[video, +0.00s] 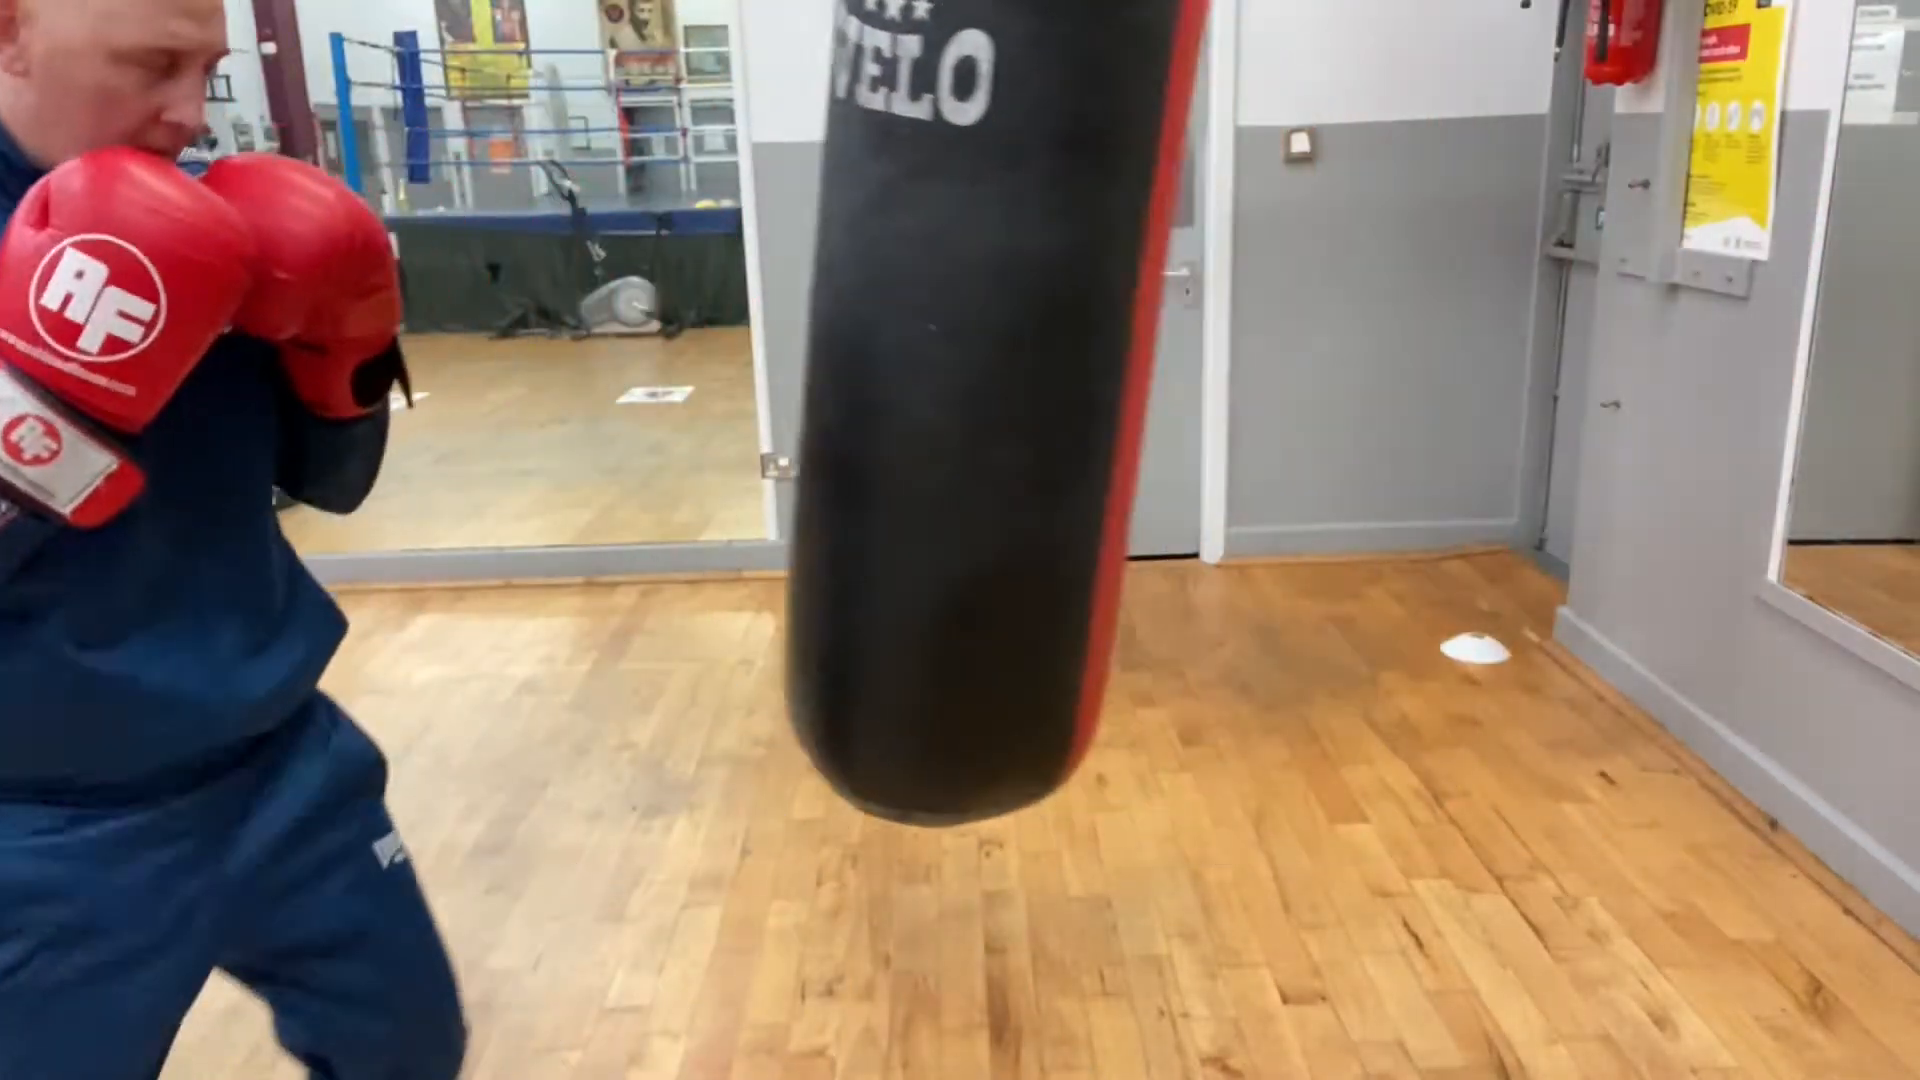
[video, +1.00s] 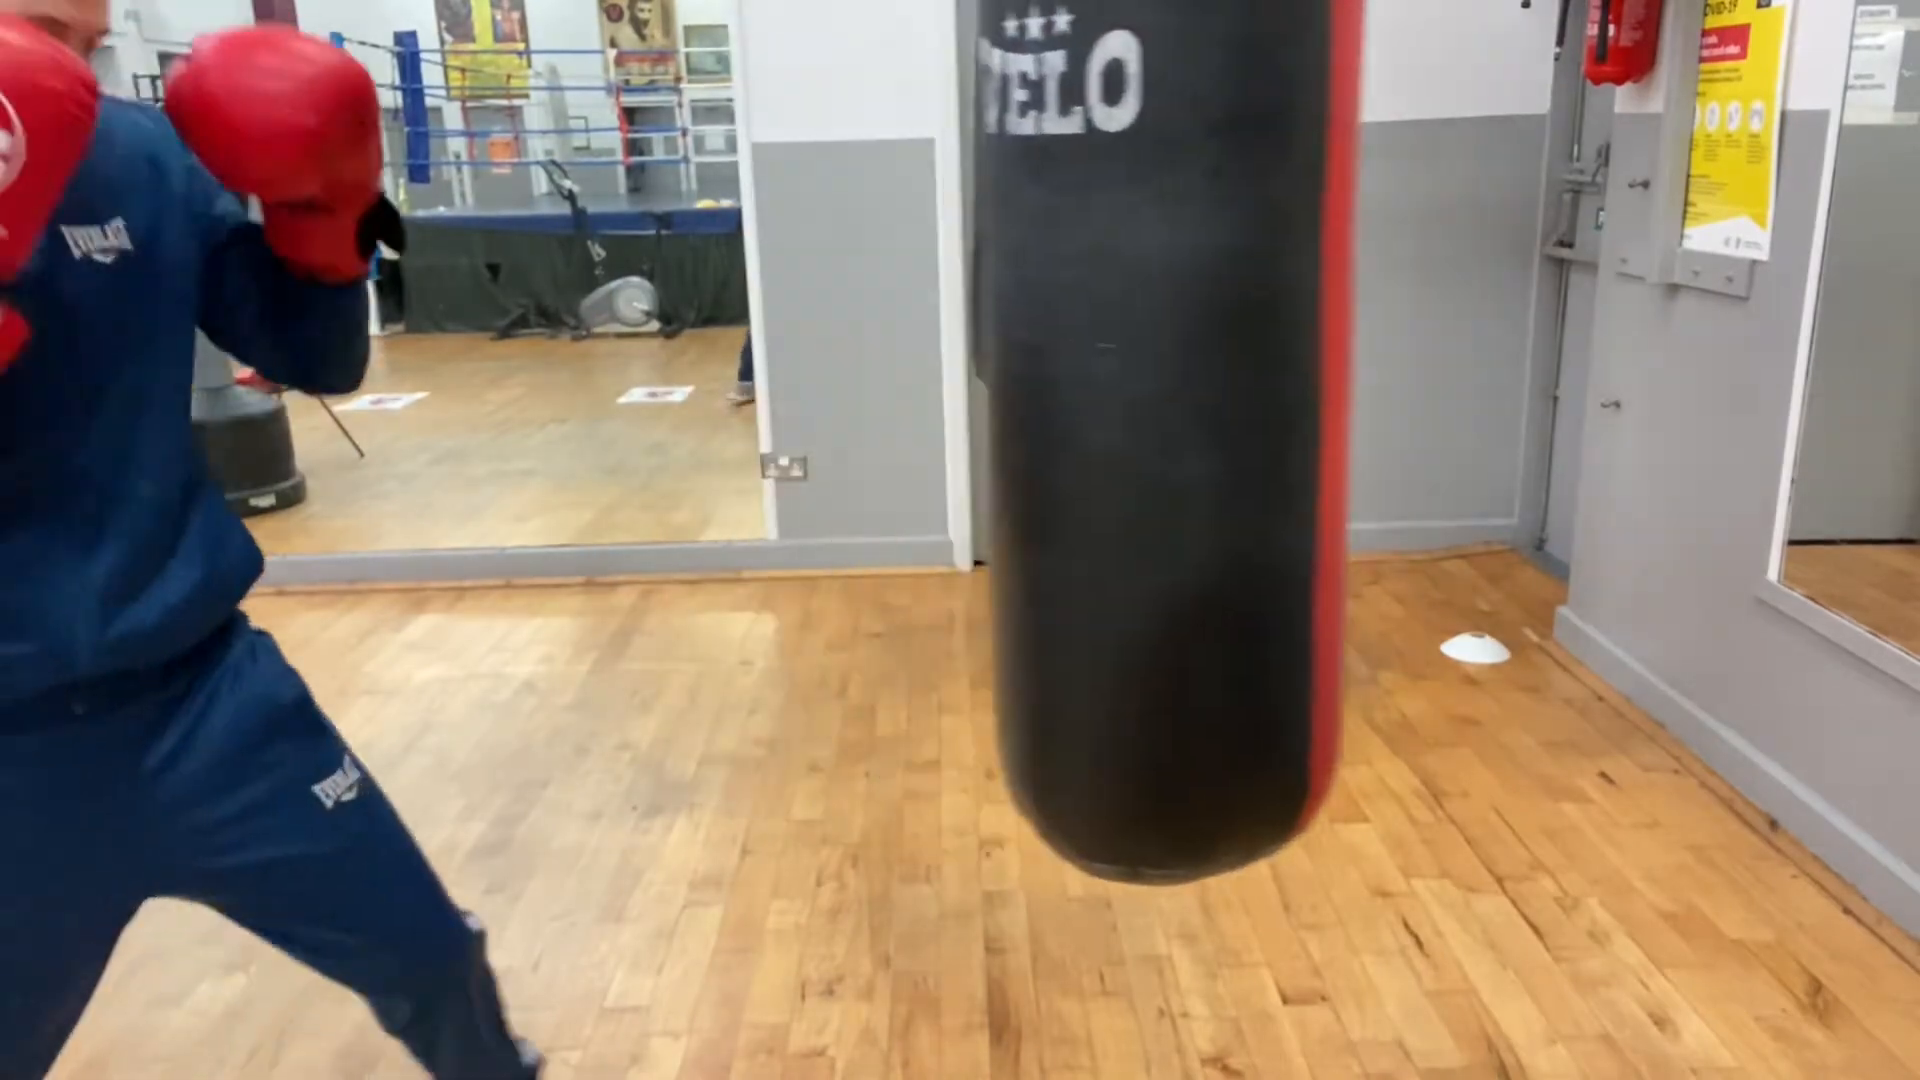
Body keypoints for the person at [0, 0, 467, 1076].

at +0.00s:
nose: (189, 113)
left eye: (206, 71)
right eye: (150, 65)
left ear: (223, 59)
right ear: (16, 38)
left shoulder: (201, 230)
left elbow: (327, 485)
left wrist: (340, 353)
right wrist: (46, 402)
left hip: (280, 775)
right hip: (55, 836)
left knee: (409, 1049)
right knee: (57, 1070)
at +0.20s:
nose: (189, 2)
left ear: (221, 1)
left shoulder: (221, 116)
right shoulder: (3, 104)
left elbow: (322, 392)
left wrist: (340, 244)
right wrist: (33, 272)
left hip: (256, 658)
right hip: (34, 700)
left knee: (365, 966)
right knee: (31, 1055)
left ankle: (366, 1077)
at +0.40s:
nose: (202, 106)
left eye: (218, 67)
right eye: (168, 64)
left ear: (234, 47)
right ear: (33, 28)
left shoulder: (211, 198)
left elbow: (327, 467)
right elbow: (4, 544)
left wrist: (338, 336)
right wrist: (74, 378)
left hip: (278, 728)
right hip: (55, 787)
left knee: (387, 997)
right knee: (53, 1068)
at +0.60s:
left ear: (66, 52)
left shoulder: (128, 149)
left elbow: (283, 355)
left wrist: (279, 193)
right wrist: (13, 230)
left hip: (180, 665)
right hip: (14, 704)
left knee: (305, 989)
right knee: (0, 1009)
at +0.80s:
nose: (12, 22)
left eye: (11, 16)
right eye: (7, 16)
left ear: (17, 29)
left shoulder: (78, 199)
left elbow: (197, 436)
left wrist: (226, 333)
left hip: (149, 730)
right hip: (7, 783)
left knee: (310, 1023)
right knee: (8, 1060)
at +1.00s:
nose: (76, 35)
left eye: (83, 24)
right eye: (45, 26)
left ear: (104, 21)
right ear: (7, 20)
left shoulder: (143, 154)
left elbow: (317, 359)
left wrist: (321, 212)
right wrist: (13, 230)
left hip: (207, 697)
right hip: (27, 748)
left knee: (436, 963)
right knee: (13, 1052)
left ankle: (500, 1072)